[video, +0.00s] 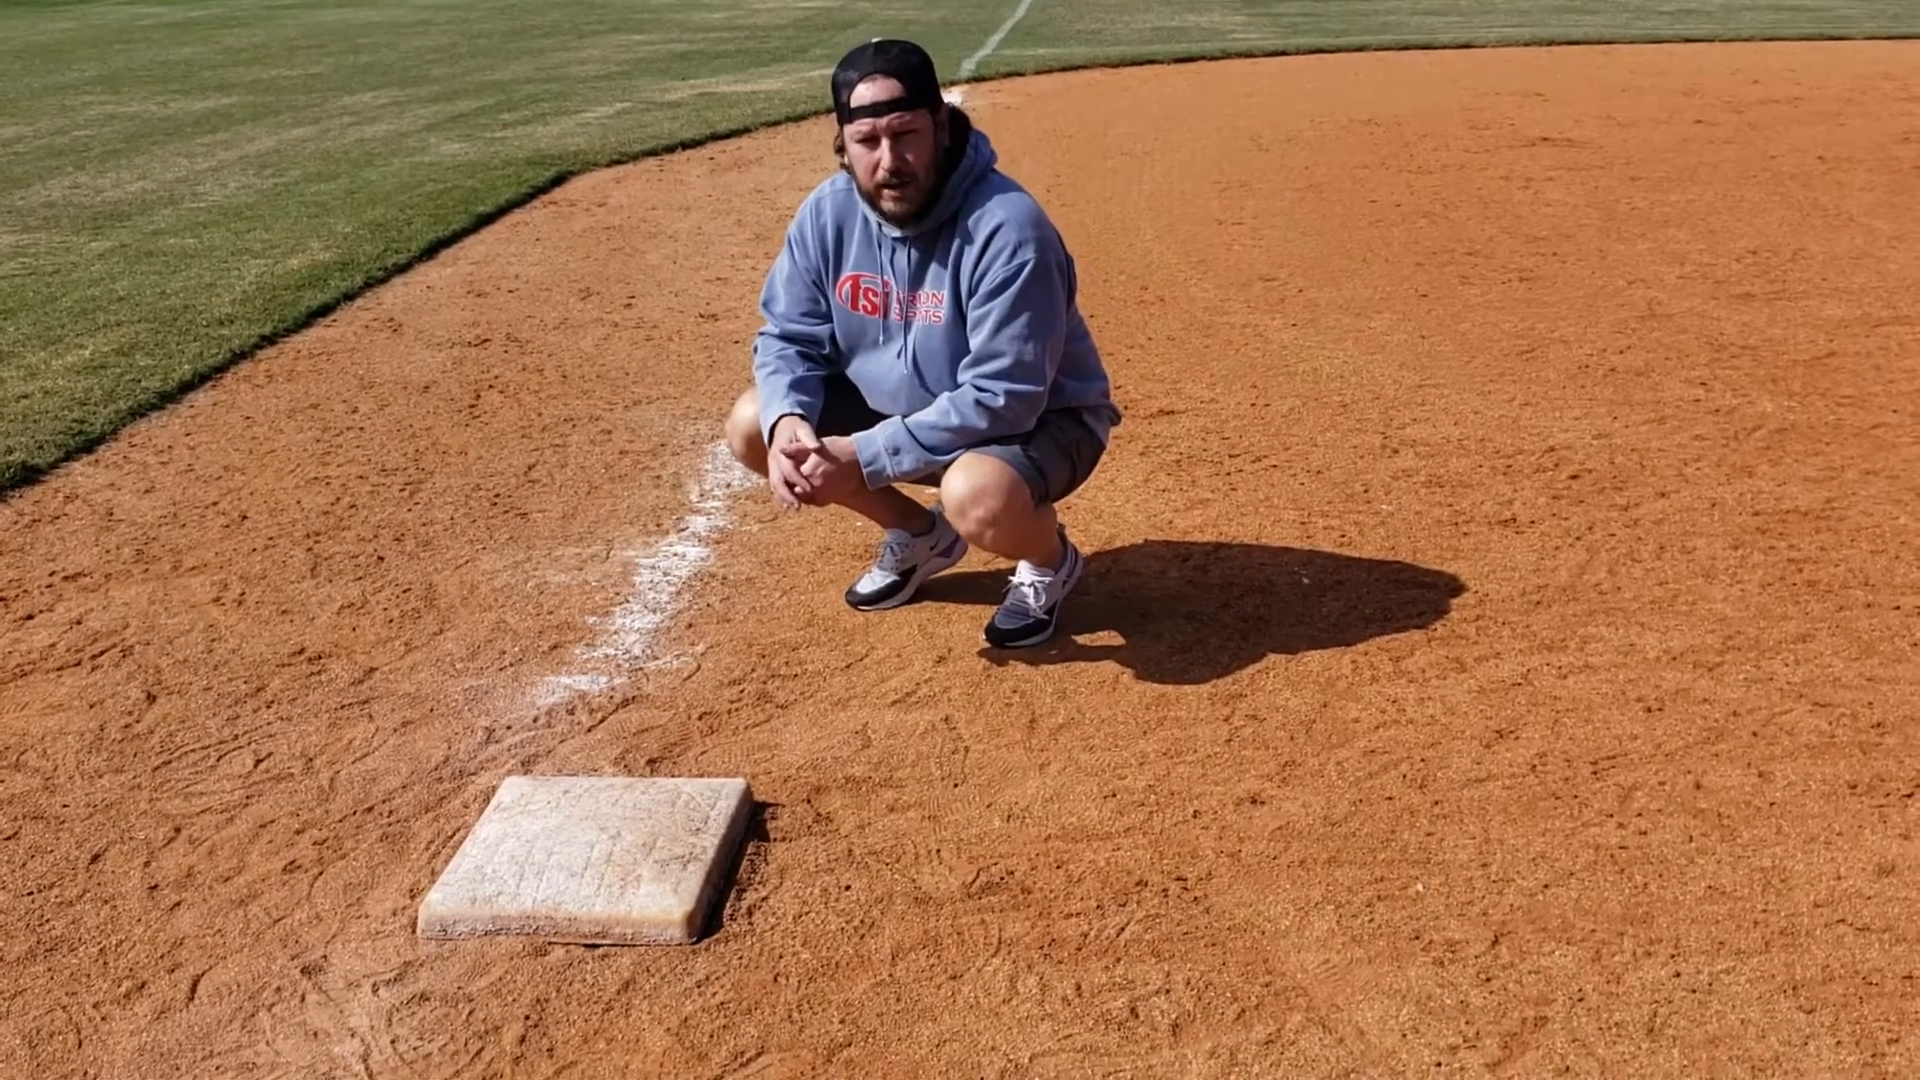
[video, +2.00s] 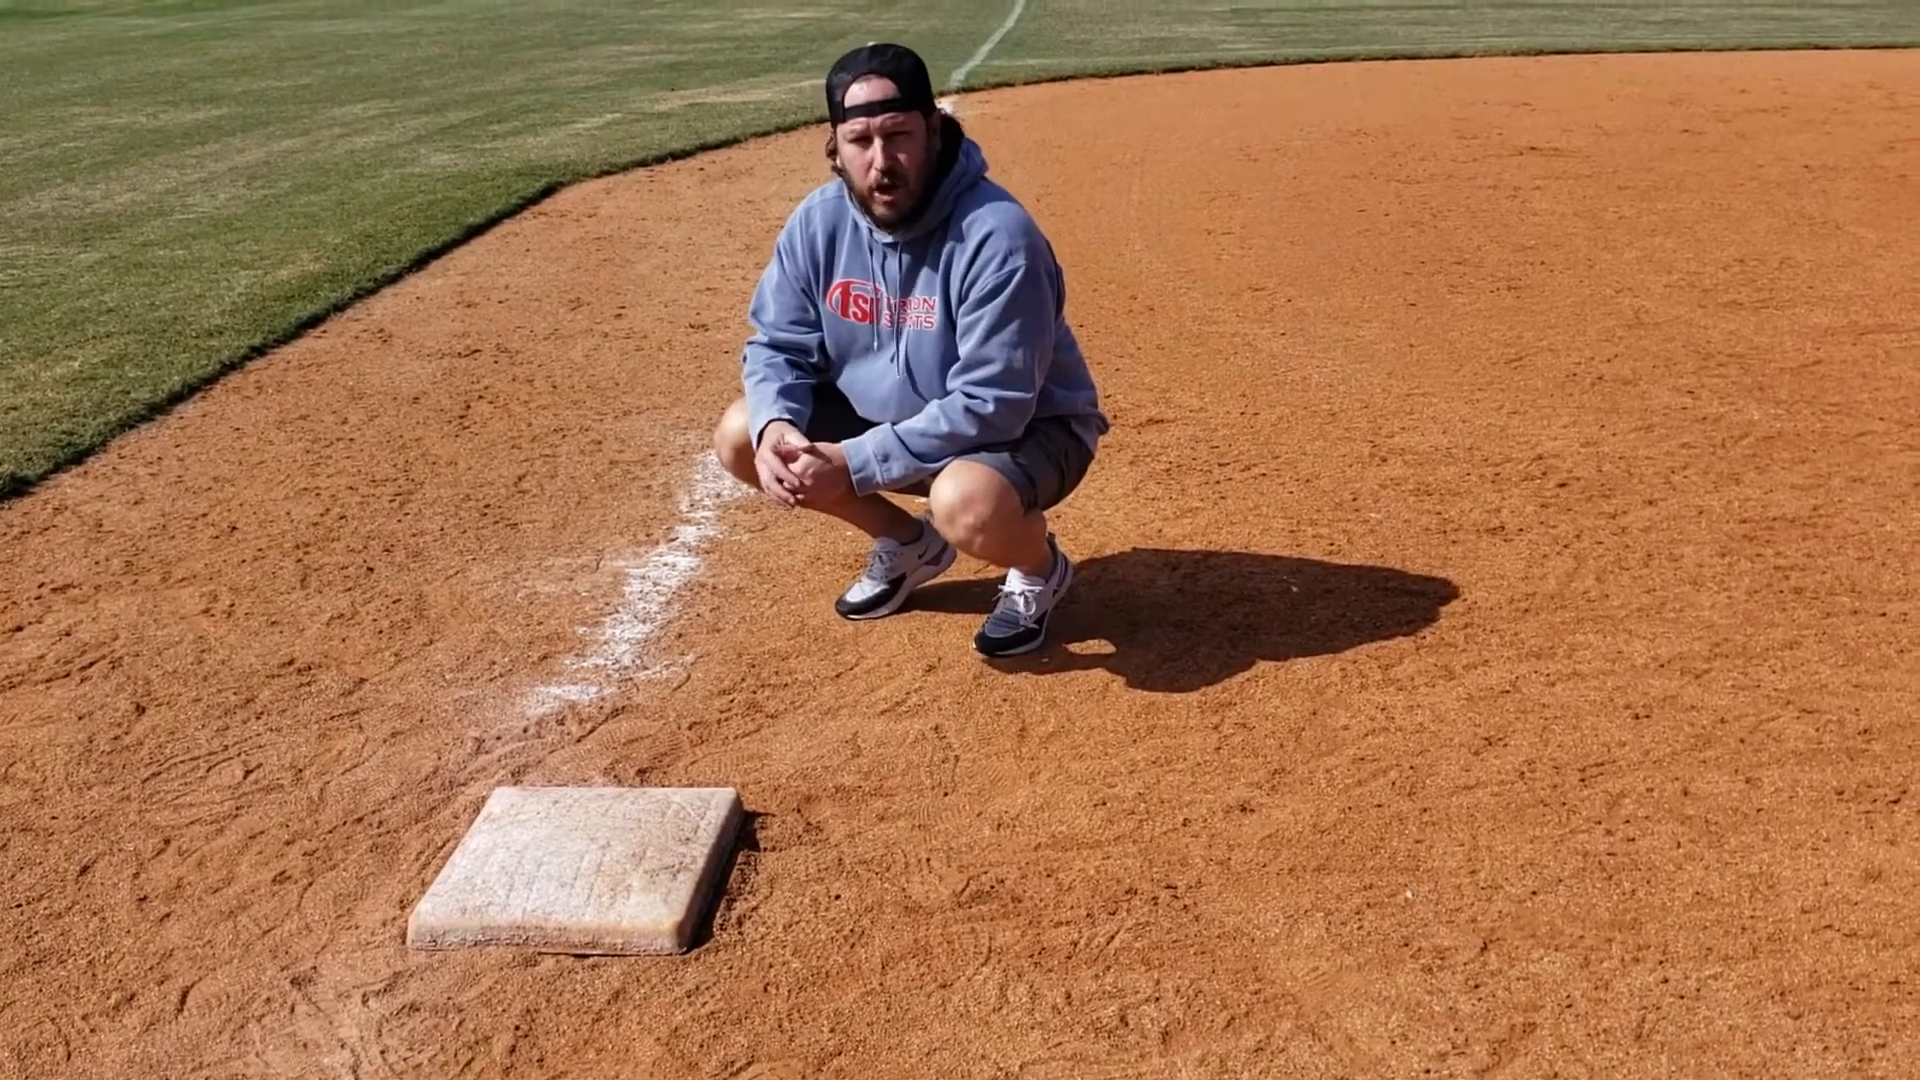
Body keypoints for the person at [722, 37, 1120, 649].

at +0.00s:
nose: (889, 162)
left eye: (906, 134)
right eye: (866, 141)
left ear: (942, 125)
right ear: (842, 146)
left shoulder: (1008, 234)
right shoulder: (828, 213)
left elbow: (1002, 401)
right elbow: (788, 335)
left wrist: (861, 456)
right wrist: (790, 420)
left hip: (1044, 418)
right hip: (907, 409)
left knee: (975, 495)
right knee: (754, 425)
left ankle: (1052, 561)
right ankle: (918, 533)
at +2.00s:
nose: (882, 161)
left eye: (899, 135)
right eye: (860, 141)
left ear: (933, 131)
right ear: (835, 150)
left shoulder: (997, 240)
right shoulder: (817, 223)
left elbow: (991, 408)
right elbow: (777, 342)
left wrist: (854, 464)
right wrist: (776, 423)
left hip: (1032, 426)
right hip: (895, 418)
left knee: (965, 503)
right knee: (743, 436)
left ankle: (1041, 570)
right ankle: (908, 541)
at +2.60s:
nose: (877, 173)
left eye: (895, 146)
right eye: (855, 151)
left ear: (930, 139)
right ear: (831, 157)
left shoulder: (995, 246)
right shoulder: (815, 229)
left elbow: (989, 413)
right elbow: (775, 348)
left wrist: (851, 469)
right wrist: (774, 430)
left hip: (1029, 432)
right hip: (892, 422)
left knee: (963, 508)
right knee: (741, 441)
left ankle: (1041, 575)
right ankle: (906, 547)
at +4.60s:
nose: (836, 206)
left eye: (854, 181)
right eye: (819, 183)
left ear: (905, 160)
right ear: (806, 177)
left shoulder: (985, 254)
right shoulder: (805, 240)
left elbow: (983, 420)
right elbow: (769, 358)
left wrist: (839, 474)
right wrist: (761, 426)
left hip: (1023, 439)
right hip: (888, 433)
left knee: (957, 516)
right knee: (738, 454)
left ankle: (1034, 582)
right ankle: (901, 553)